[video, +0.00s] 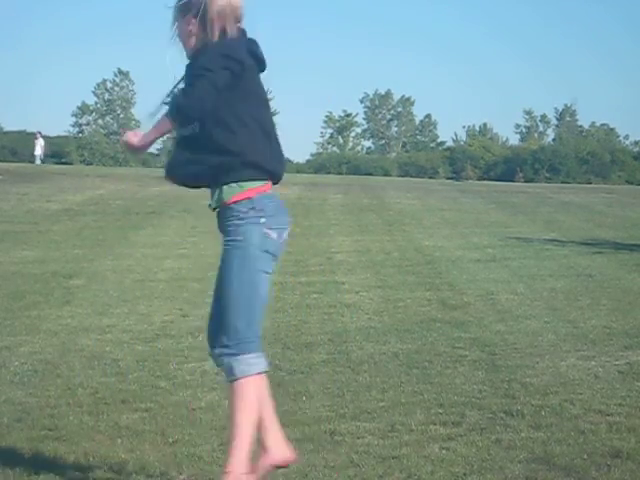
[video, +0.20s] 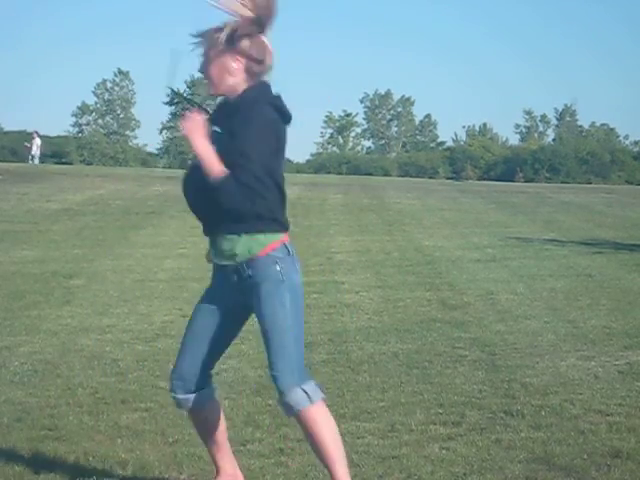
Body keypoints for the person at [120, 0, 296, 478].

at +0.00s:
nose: (179, 37)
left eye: (180, 28)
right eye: (179, 29)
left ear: (195, 24)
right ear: (215, 22)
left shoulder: (218, 59)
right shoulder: (228, 58)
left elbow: (186, 106)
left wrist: (144, 139)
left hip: (252, 218)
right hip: (245, 215)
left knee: (241, 344)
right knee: (227, 338)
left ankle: (237, 468)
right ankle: (276, 444)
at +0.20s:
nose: (203, 68)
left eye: (209, 59)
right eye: (205, 59)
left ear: (236, 64)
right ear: (234, 64)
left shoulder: (258, 110)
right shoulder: (223, 116)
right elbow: (206, 202)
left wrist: (200, 144)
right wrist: (204, 146)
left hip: (271, 266)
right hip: (227, 271)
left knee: (293, 388)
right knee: (187, 384)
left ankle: (342, 474)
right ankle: (229, 472)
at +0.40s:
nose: (238, 52)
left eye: (249, 43)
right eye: (233, 43)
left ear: (276, 46)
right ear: (226, 46)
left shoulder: (292, 90)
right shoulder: (217, 98)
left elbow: (313, 159)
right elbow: (188, 164)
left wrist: (243, 182)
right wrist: (202, 188)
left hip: (284, 241)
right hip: (235, 249)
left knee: (307, 368)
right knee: (209, 367)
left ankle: (344, 473)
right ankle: (227, 468)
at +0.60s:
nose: (262, 57)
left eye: (273, 48)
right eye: (255, 47)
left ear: (296, 49)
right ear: (247, 50)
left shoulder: (307, 106)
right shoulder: (229, 103)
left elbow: (327, 193)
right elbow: (199, 177)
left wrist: (288, 165)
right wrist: (213, 153)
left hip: (309, 247)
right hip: (261, 256)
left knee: (320, 373)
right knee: (213, 364)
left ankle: (366, 473)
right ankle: (214, 469)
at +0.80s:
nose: (272, 82)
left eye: (283, 74)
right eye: (266, 72)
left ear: (307, 79)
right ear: (259, 74)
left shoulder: (316, 139)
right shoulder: (234, 128)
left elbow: (345, 221)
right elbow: (199, 198)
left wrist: (307, 244)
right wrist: (232, 221)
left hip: (313, 274)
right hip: (260, 281)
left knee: (320, 398)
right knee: (200, 391)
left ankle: (367, 475)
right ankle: (217, 477)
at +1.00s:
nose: (276, 75)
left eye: (287, 71)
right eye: (272, 65)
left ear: (303, 63)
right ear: (262, 49)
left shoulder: (311, 94)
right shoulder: (226, 73)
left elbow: (354, 174)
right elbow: (181, 124)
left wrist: (326, 157)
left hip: (301, 234)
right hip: (244, 243)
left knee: (331, 353)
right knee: (203, 358)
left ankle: (379, 466)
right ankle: (199, 462)